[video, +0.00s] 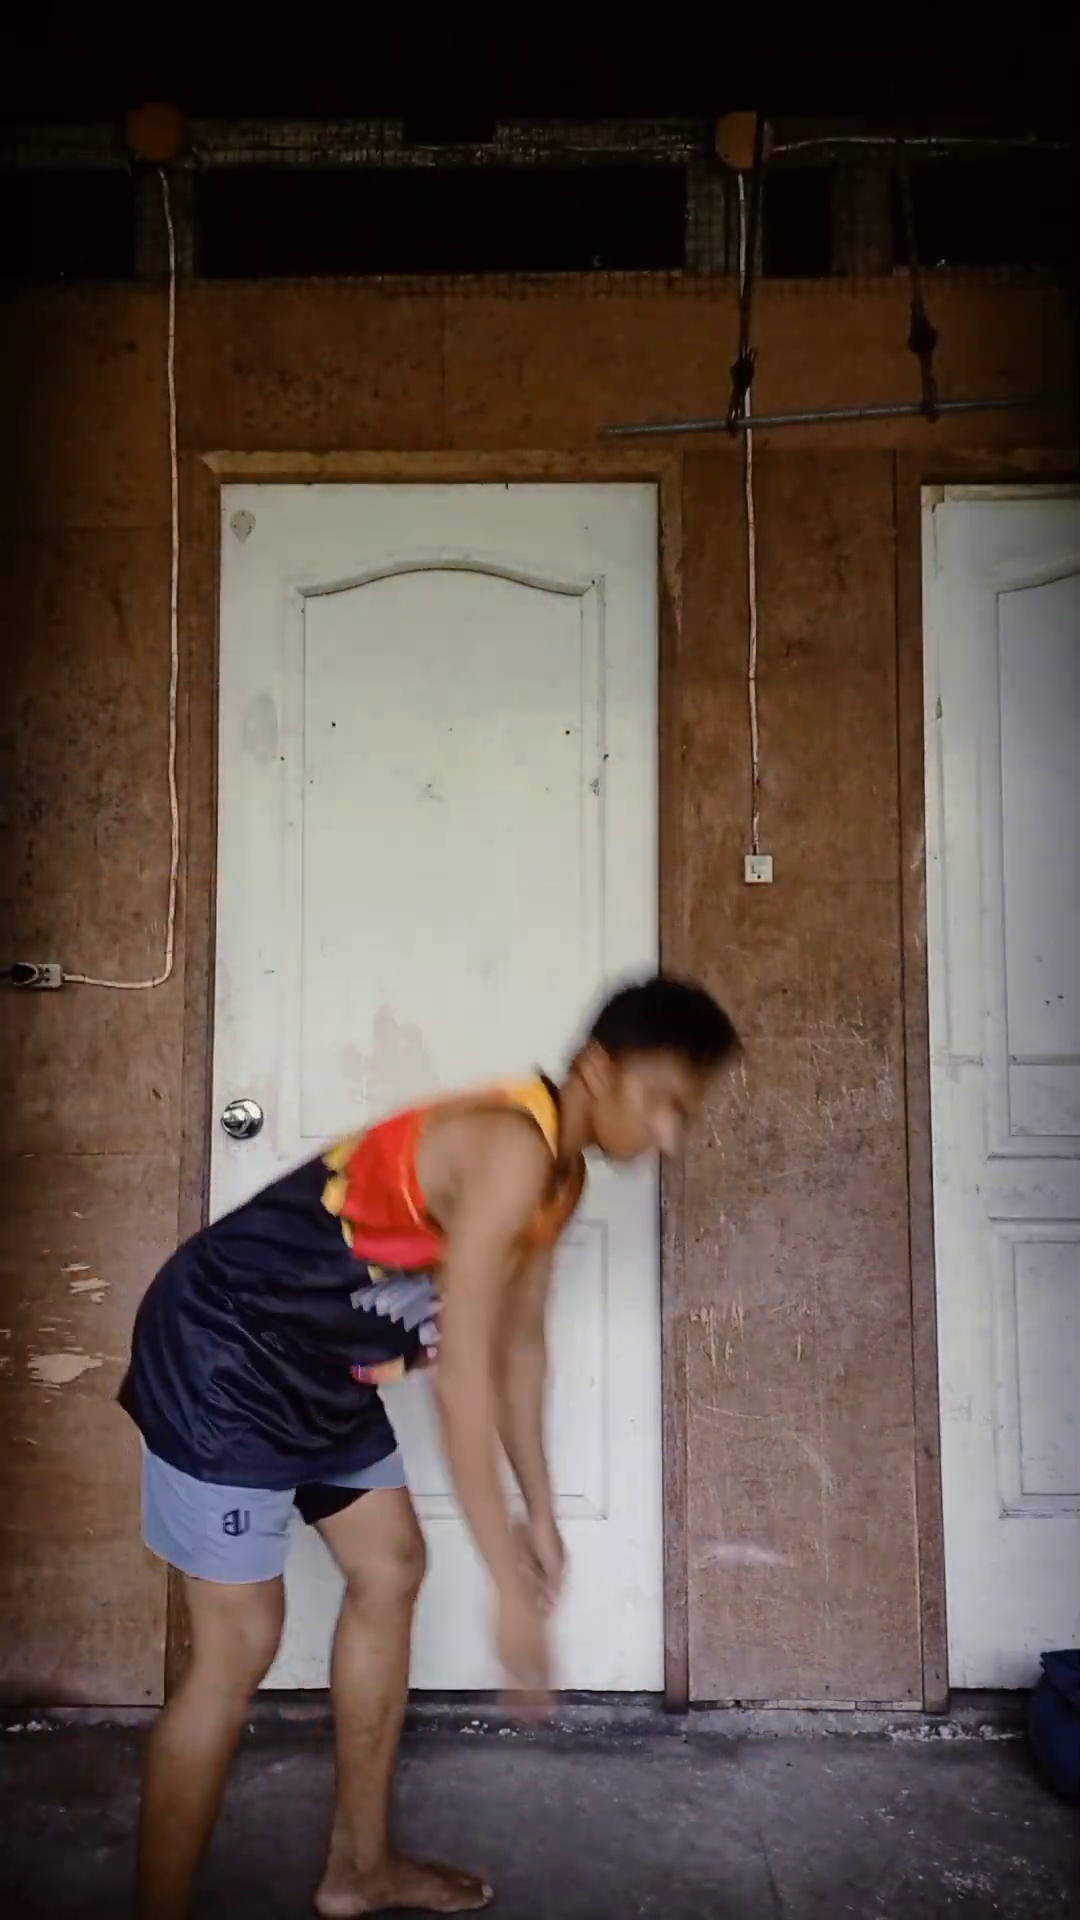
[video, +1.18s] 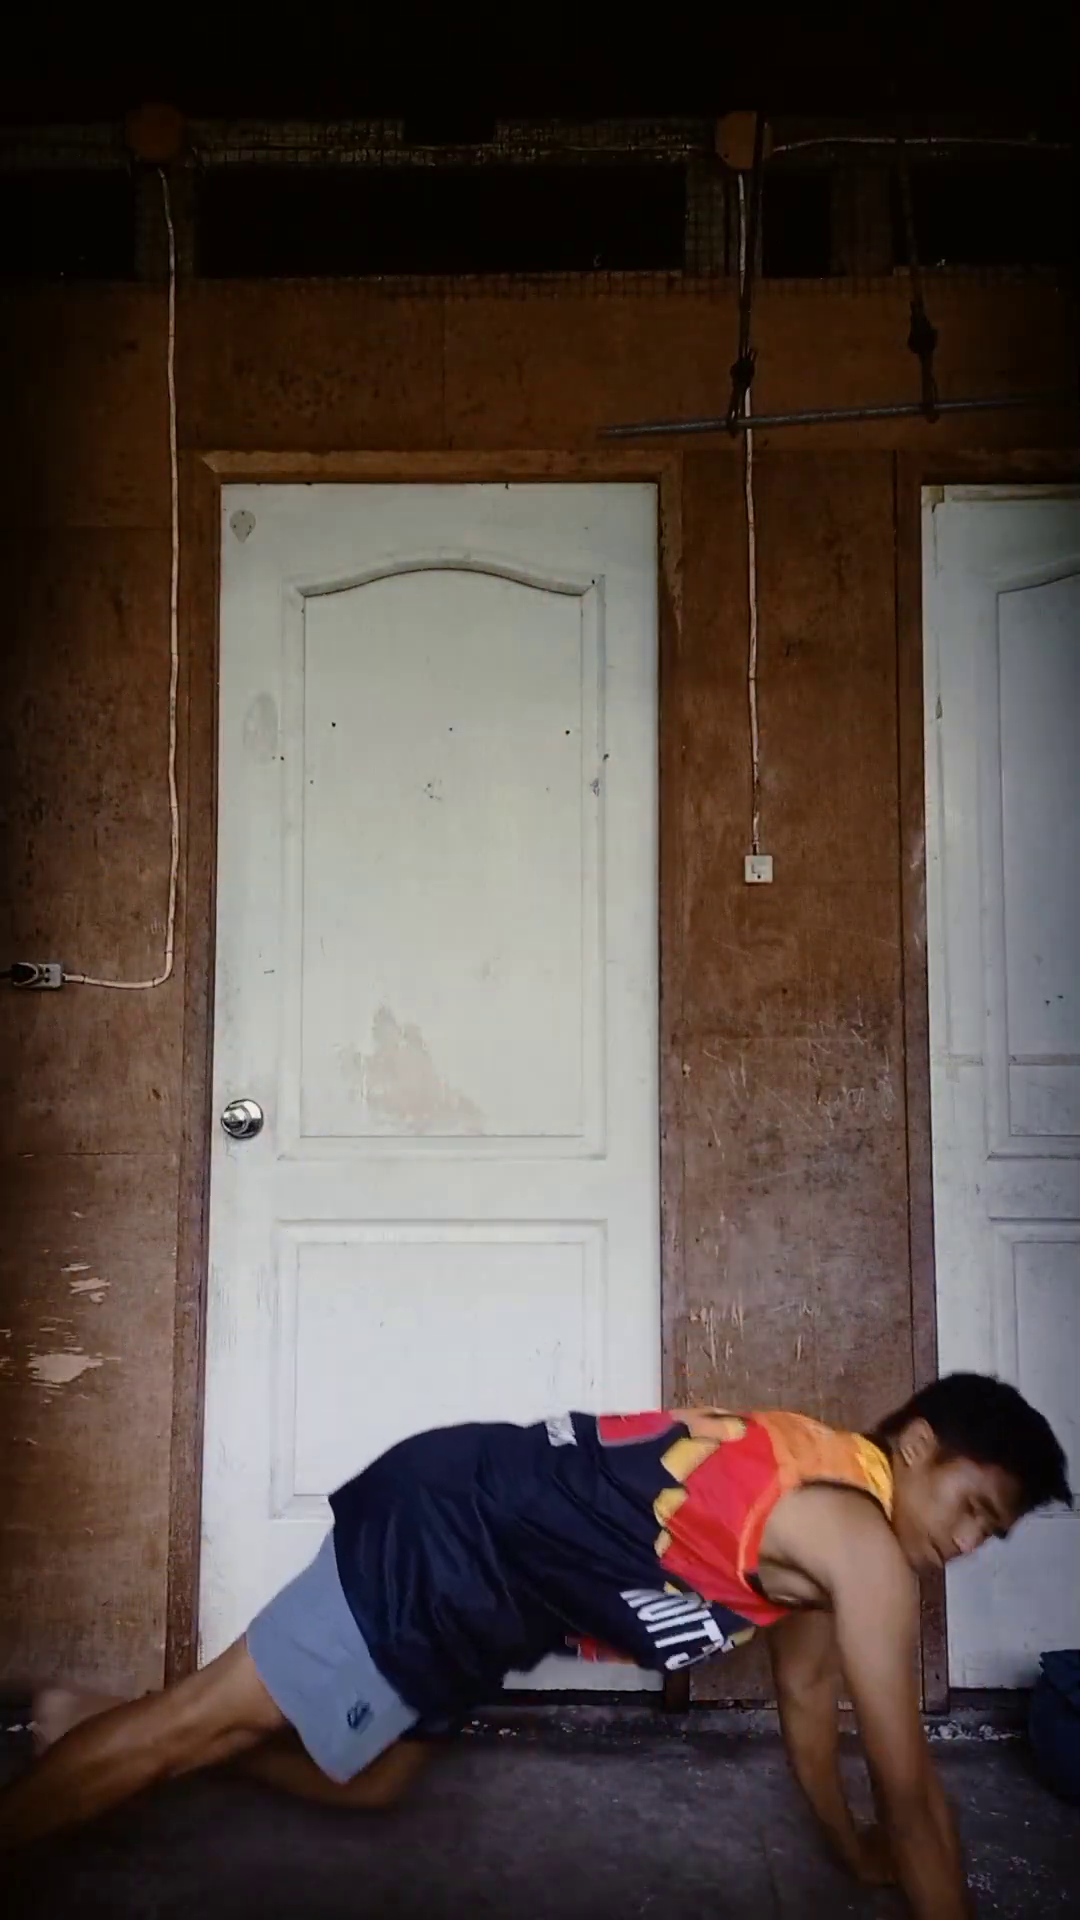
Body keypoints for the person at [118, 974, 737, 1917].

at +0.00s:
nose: (674, 1135)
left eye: (686, 1116)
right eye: (669, 1105)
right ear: (598, 1066)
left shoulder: (559, 1170)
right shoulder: (510, 1151)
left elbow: (520, 1347)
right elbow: (462, 1368)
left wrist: (539, 1511)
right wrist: (506, 1572)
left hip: (317, 1357)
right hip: (222, 1341)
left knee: (387, 1563)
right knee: (238, 1633)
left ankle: (360, 1865)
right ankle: (161, 1902)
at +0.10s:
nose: (705, 1242)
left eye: (720, 1221)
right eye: (699, 1210)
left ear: (630, 1164)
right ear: (633, 1165)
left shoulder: (571, 1219)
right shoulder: (547, 1240)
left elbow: (555, 1468)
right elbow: (551, 1491)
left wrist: (596, 1621)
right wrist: (609, 1690)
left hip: (324, 1377)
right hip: (226, 1363)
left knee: (418, 1568)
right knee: (262, 1654)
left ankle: (362, 1865)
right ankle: (162, 1906)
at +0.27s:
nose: (731, 1399)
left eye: (754, 1384)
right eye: (732, 1362)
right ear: (679, 1308)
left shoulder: (615, 1332)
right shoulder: (606, 1391)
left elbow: (670, 1617)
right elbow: (669, 1640)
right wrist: (769, 1865)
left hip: (328, 1392)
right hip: (251, 1385)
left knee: (460, 1572)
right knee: (303, 1680)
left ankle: (364, 1867)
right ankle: (173, 1906)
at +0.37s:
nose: (749, 1470)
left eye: (775, 1469)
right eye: (757, 1436)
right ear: (715, 1370)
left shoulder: (658, 1406)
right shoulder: (635, 1448)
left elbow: (710, 1598)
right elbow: (705, 1696)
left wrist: (784, 1743)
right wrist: (808, 1903)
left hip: (355, 1405)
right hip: (282, 1389)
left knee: (483, 1577)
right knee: (327, 1690)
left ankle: (367, 1866)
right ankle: (164, 1910)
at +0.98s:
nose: (932, 1485)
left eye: (957, 1481)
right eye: (931, 1450)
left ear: (952, 1495)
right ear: (874, 1402)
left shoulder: (802, 1461)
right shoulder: (814, 1496)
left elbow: (799, 1696)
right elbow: (801, 1736)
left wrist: (837, 1828)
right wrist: (831, 1904)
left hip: (506, 1517)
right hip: (422, 1477)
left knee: (568, 1665)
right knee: (196, 1704)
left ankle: (327, 1776)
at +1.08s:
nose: (953, 1506)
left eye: (977, 1497)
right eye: (950, 1468)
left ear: (966, 1501)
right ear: (892, 1417)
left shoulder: (815, 1480)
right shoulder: (838, 1512)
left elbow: (813, 1726)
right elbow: (865, 1750)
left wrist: (877, 1863)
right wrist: (909, 1905)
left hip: (489, 1540)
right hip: (431, 1501)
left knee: (466, 1747)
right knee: (200, 1704)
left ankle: (199, 1742)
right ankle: (2, 1839)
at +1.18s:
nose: (973, 1537)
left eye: (994, 1524)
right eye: (974, 1504)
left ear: (923, 1466)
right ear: (912, 1445)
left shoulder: (824, 1473)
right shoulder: (865, 1549)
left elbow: (809, 1697)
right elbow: (907, 1794)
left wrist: (852, 1845)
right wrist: (951, 1915)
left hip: (481, 1545)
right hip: (446, 1530)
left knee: (364, 1777)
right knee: (190, 1728)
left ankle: (118, 1734)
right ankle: (0, 1843)